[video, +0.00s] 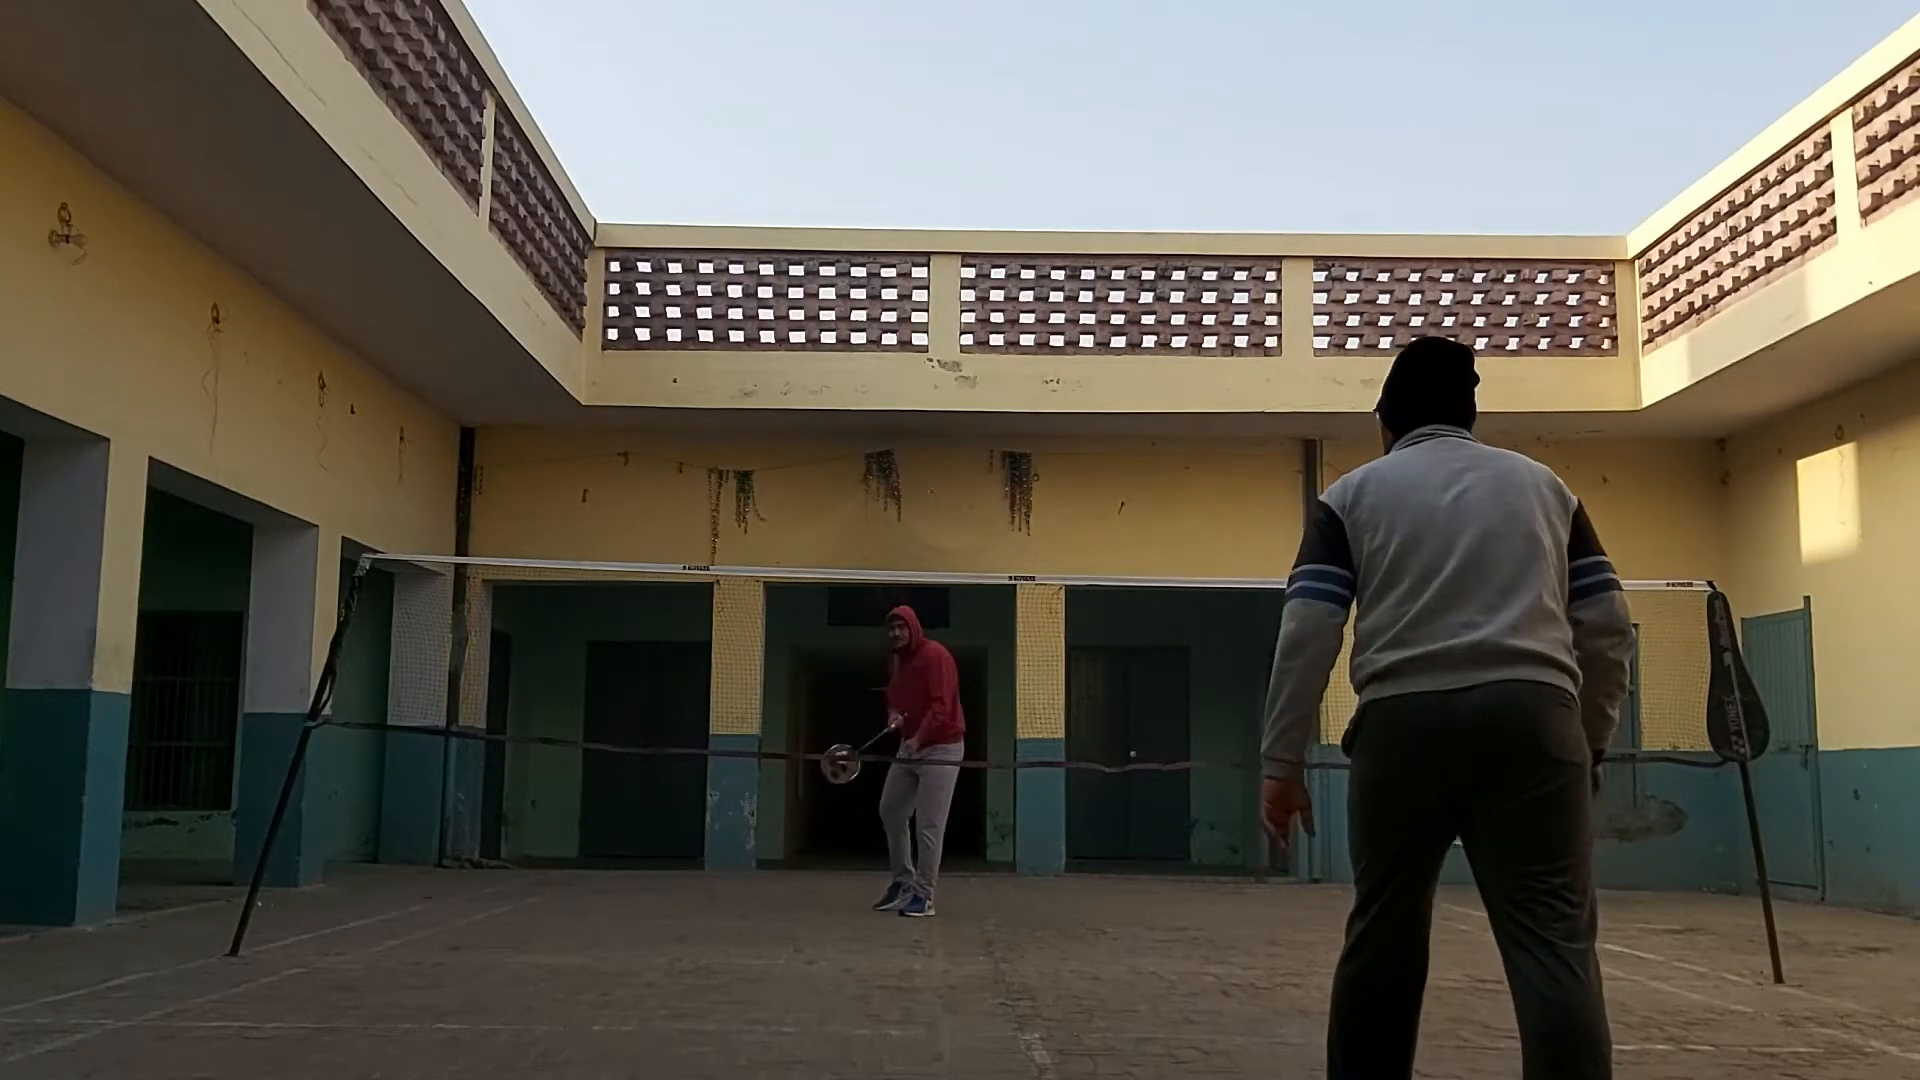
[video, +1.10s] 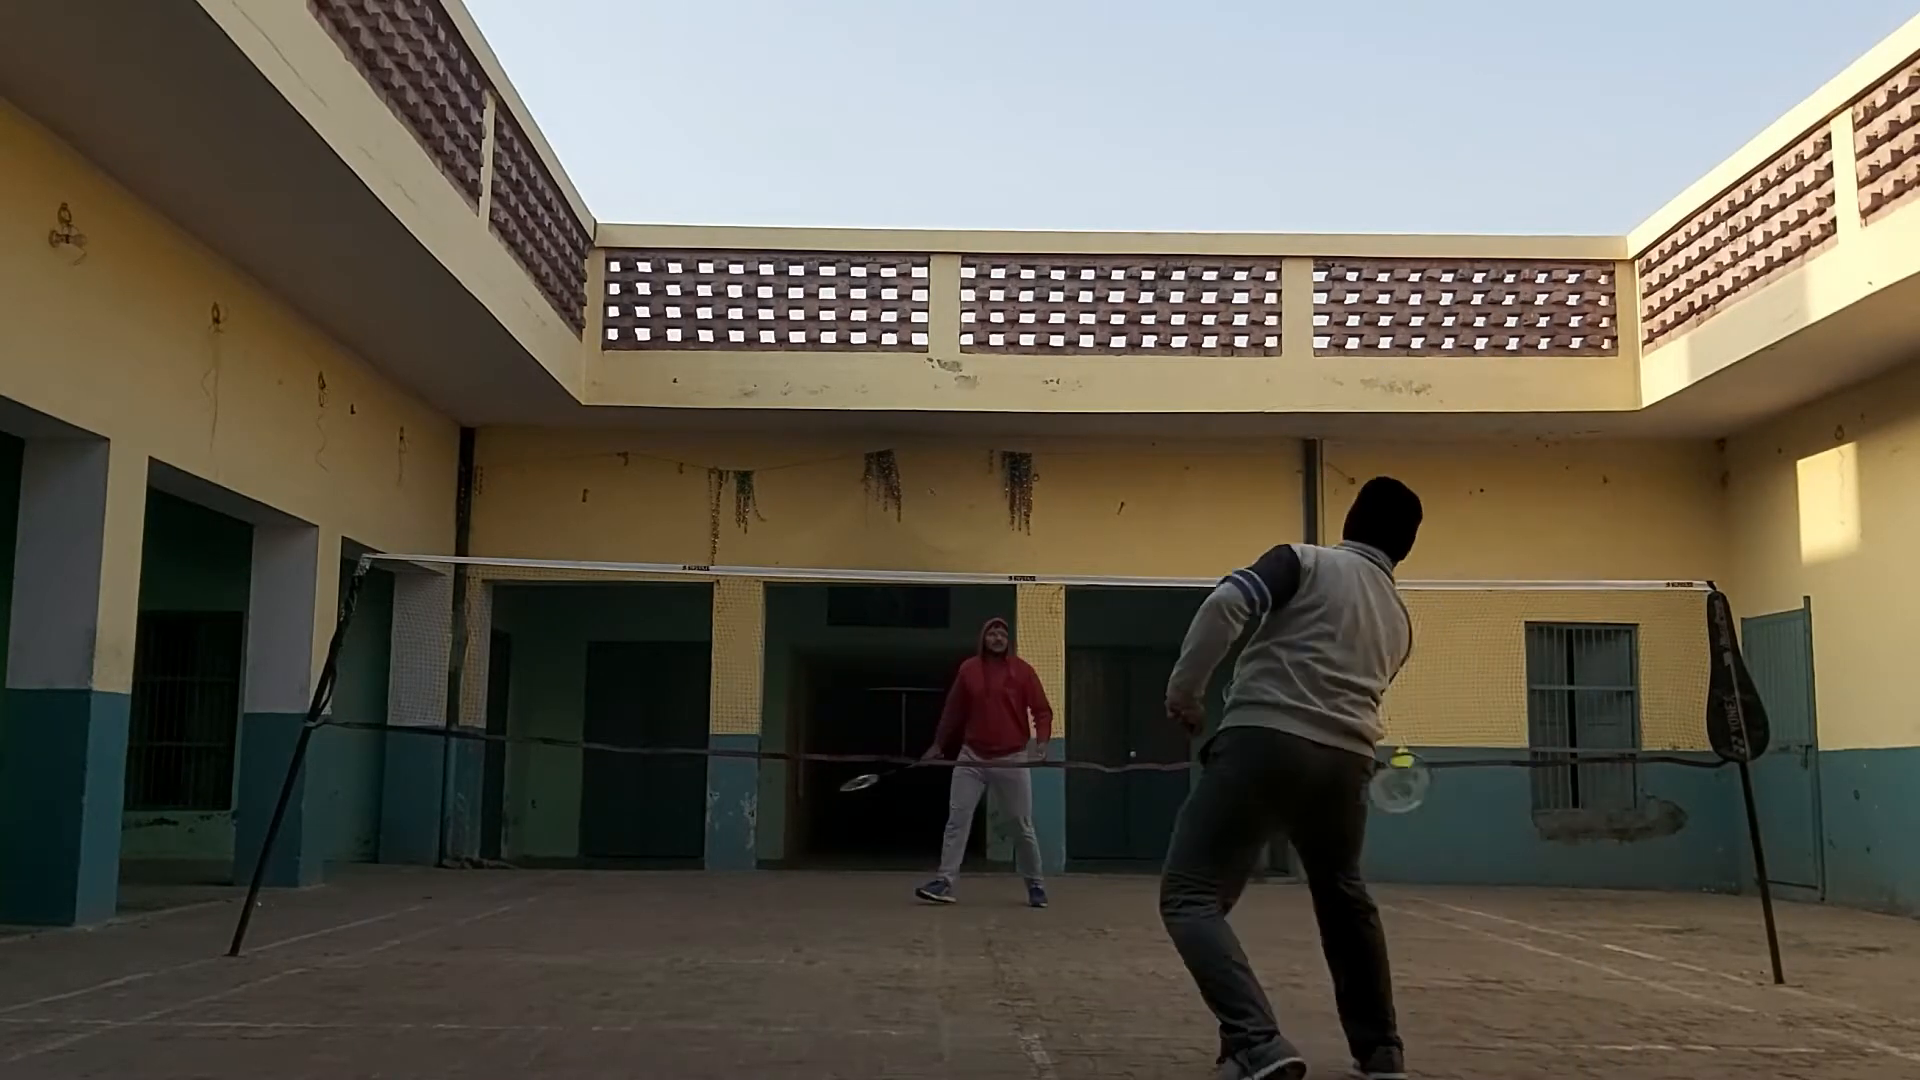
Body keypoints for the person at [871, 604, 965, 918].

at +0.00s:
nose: (897, 632)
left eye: (902, 627)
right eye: (893, 628)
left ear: (915, 628)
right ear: (890, 632)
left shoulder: (936, 655)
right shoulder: (899, 660)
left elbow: (942, 708)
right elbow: (896, 698)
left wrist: (918, 739)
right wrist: (895, 715)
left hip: (941, 751)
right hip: (910, 749)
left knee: (929, 823)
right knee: (891, 812)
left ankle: (924, 894)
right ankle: (902, 882)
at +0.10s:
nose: (906, 630)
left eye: (911, 624)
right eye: (901, 625)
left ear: (922, 627)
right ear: (896, 630)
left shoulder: (943, 656)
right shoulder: (897, 660)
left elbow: (953, 703)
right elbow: (887, 702)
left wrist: (949, 743)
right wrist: (904, 702)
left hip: (941, 750)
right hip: (909, 748)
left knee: (930, 823)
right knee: (890, 811)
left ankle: (924, 895)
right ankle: (908, 880)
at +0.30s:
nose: (928, 631)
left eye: (933, 626)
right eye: (923, 626)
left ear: (942, 631)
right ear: (915, 632)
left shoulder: (959, 661)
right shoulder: (904, 662)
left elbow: (982, 701)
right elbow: (892, 702)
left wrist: (990, 739)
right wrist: (918, 704)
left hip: (943, 753)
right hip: (908, 752)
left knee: (927, 824)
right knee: (899, 820)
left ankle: (922, 895)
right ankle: (931, 868)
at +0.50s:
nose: (942, 640)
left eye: (947, 636)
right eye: (937, 636)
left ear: (954, 642)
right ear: (928, 641)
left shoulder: (968, 673)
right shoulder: (912, 673)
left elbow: (992, 712)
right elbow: (898, 714)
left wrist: (1000, 749)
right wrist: (908, 741)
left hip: (951, 760)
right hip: (915, 760)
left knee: (937, 823)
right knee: (913, 825)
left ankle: (927, 891)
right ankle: (936, 884)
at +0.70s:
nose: (956, 635)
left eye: (961, 632)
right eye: (951, 631)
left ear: (968, 638)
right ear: (941, 636)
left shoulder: (982, 668)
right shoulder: (924, 669)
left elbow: (996, 711)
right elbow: (907, 715)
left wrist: (1001, 747)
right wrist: (897, 756)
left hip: (972, 755)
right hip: (932, 755)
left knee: (977, 813)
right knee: (932, 821)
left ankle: (962, 885)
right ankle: (936, 886)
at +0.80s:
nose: (965, 632)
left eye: (970, 629)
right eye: (959, 628)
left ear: (977, 635)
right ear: (950, 633)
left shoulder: (991, 666)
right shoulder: (932, 666)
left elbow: (1004, 708)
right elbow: (914, 710)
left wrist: (1010, 742)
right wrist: (901, 746)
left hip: (983, 753)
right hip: (942, 754)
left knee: (996, 816)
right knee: (937, 823)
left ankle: (991, 882)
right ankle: (936, 886)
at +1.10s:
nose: (997, 638)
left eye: (1001, 634)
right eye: (992, 634)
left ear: (1008, 640)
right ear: (983, 638)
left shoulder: (1022, 670)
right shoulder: (969, 669)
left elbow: (1043, 711)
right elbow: (952, 710)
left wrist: (1041, 745)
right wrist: (938, 745)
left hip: (1012, 757)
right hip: (972, 756)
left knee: (1022, 824)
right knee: (957, 819)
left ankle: (1035, 883)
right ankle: (944, 881)